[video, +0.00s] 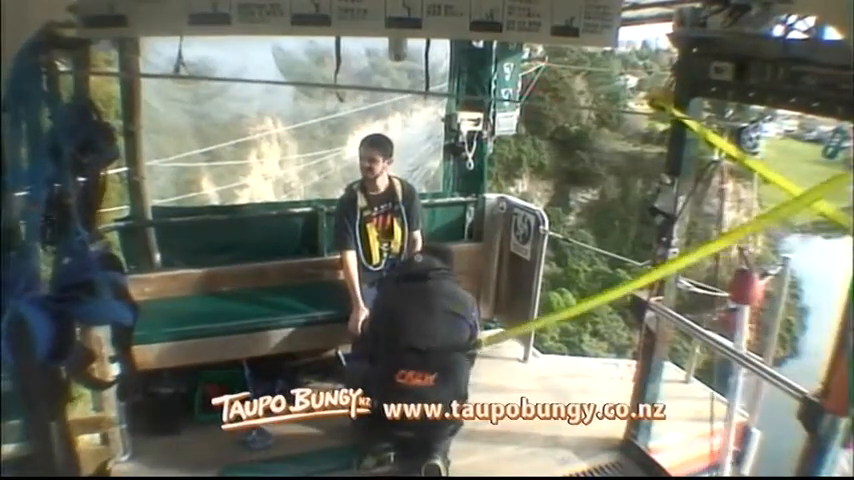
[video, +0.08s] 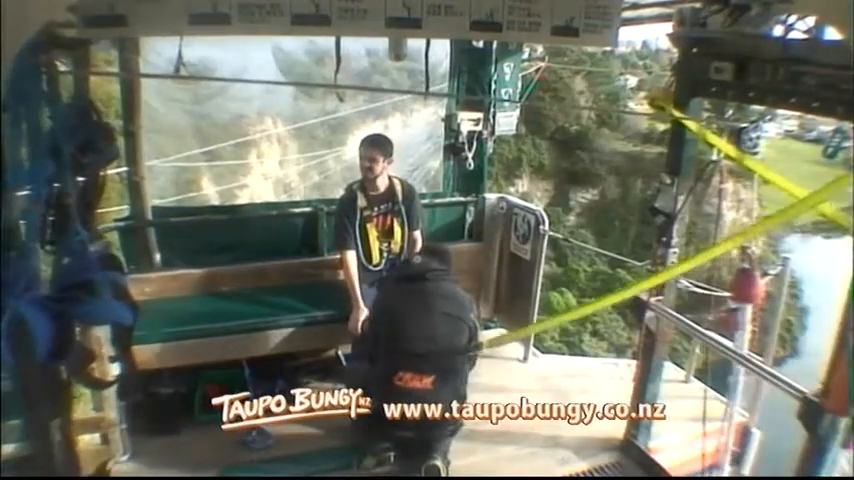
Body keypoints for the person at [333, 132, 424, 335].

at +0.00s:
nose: (365, 166)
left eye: (371, 161)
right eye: (362, 160)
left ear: (387, 162)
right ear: (358, 158)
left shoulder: (406, 192)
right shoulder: (349, 200)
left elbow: (415, 239)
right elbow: (348, 254)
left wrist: (411, 280)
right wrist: (358, 305)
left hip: (400, 279)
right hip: (366, 281)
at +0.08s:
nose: (365, 165)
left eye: (372, 161)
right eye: (362, 159)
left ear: (387, 162)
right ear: (358, 159)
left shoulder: (406, 192)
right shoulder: (349, 200)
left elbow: (415, 238)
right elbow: (348, 254)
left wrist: (408, 274)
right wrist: (358, 305)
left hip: (400, 279)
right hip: (366, 281)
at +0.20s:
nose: (367, 166)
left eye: (373, 161)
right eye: (364, 160)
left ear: (388, 163)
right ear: (359, 160)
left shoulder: (406, 192)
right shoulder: (349, 200)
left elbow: (415, 238)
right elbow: (348, 254)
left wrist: (406, 272)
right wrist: (358, 305)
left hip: (399, 279)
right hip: (366, 282)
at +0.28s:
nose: (372, 167)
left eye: (378, 162)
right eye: (367, 162)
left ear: (390, 163)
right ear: (362, 162)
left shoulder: (406, 193)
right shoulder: (349, 200)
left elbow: (415, 239)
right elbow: (348, 255)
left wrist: (410, 276)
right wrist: (358, 305)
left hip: (400, 279)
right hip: (366, 281)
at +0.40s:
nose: (378, 171)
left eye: (383, 165)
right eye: (372, 165)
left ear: (392, 163)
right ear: (363, 163)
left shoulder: (406, 193)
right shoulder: (349, 201)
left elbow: (415, 239)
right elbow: (348, 255)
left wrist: (409, 274)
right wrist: (358, 304)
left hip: (399, 279)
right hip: (366, 280)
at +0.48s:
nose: (380, 172)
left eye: (385, 166)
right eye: (373, 166)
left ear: (393, 163)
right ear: (363, 163)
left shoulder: (406, 193)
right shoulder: (349, 200)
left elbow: (414, 238)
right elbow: (348, 254)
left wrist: (410, 274)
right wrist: (358, 304)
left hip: (399, 278)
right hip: (365, 280)